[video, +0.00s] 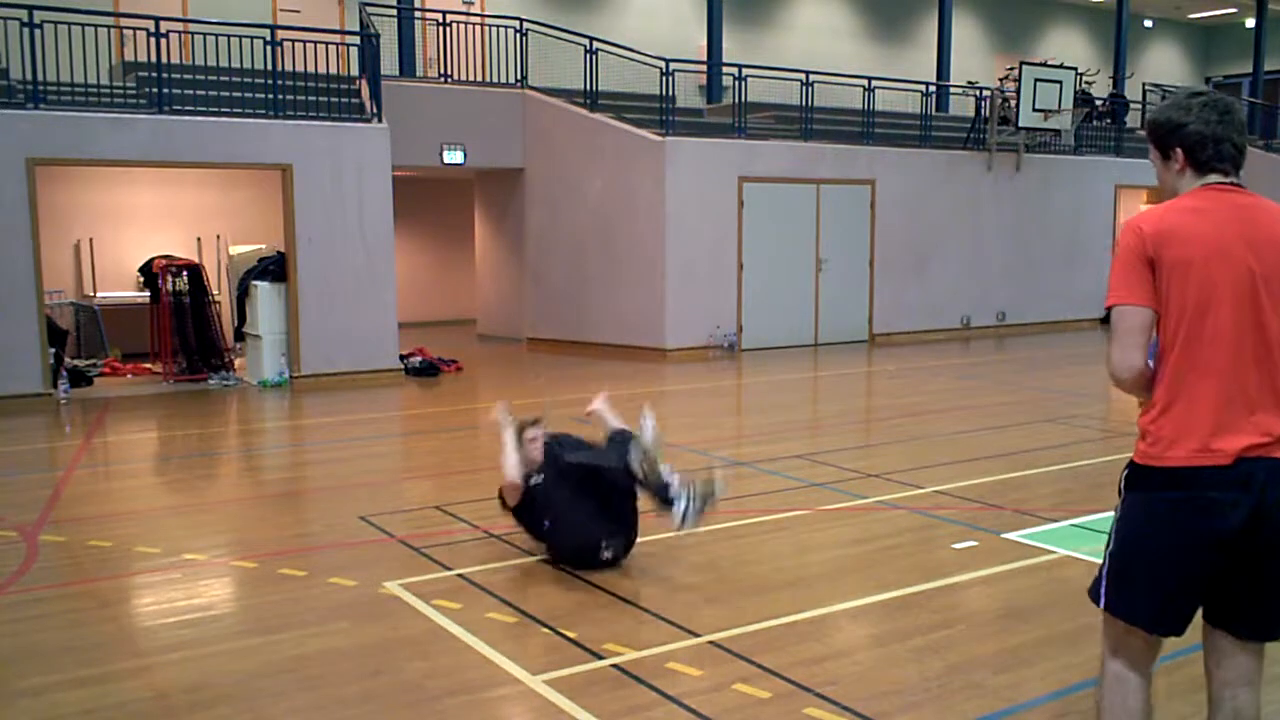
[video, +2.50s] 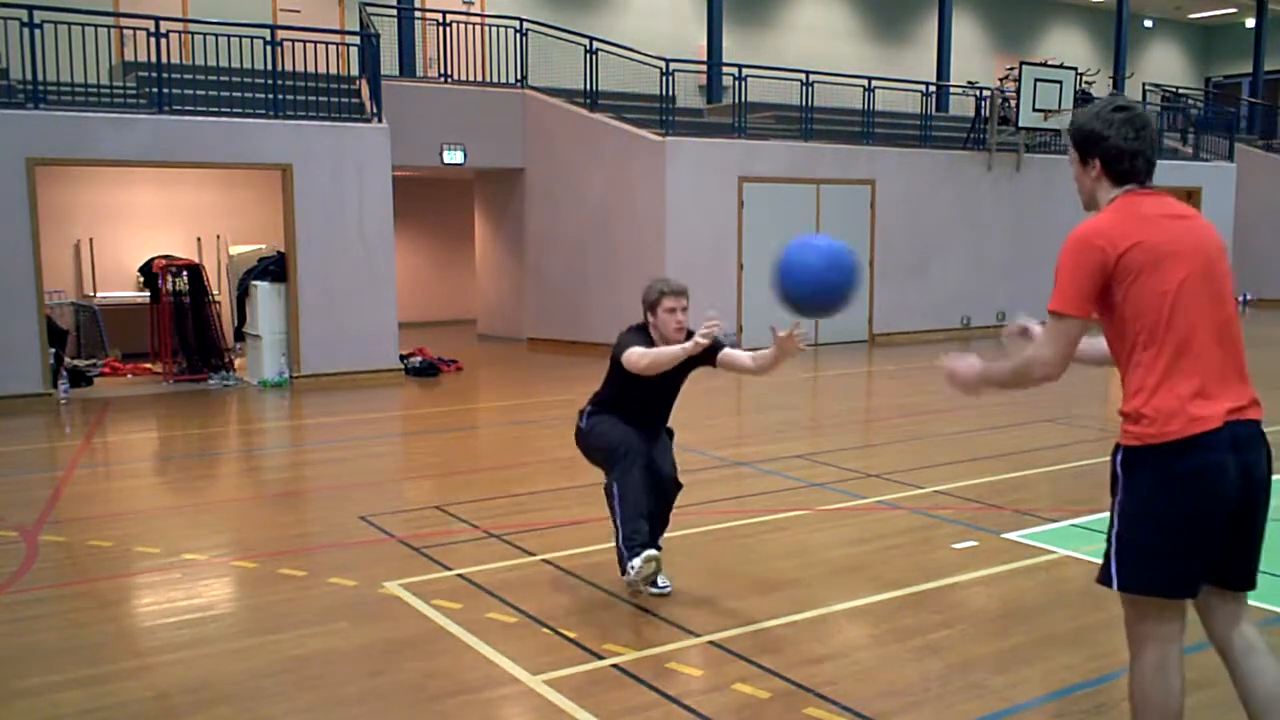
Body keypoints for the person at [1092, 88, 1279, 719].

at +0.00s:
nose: (1154, 170)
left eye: (1155, 157)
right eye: (1154, 157)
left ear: (1174, 157)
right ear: (1235, 154)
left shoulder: (1150, 229)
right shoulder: (1274, 220)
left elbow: (1127, 367)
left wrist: (1170, 384)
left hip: (1175, 478)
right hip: (1267, 479)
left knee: (1127, 659)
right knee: (1239, 666)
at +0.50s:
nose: (1146, 170)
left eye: (1146, 154)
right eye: (1145, 155)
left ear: (1169, 150)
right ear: (1223, 147)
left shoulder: (1169, 221)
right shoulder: (1270, 213)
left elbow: (1175, 359)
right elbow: (1256, 343)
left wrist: (1126, 416)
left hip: (1208, 477)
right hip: (1269, 470)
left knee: (1196, 669)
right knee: (1229, 656)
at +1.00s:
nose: (1177, 167)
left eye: (1177, 151)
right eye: (1175, 152)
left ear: (1205, 148)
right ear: (1256, 148)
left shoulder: (1206, 223)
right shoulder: (1276, 206)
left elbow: (1214, 356)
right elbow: (1249, 350)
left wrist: (1145, 411)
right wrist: (1179, 405)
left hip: (1233, 469)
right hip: (1277, 465)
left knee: (1190, 656)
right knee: (1274, 633)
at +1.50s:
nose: (1160, 190)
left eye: (1162, 175)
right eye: (1158, 176)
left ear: (1190, 169)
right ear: (1227, 163)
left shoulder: (1205, 233)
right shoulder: (1273, 212)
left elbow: (1230, 360)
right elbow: (1259, 347)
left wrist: (1171, 428)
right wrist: (1196, 409)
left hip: (1250, 464)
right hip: (1279, 458)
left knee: (1191, 639)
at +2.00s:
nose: (1068, 223)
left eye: (1067, 209)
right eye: (1066, 209)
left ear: (1089, 207)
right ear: (1139, 200)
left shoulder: (1101, 270)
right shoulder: (1203, 245)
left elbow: (1111, 402)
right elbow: (1232, 369)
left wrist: (1099, 500)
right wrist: (1175, 471)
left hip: (1208, 463)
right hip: (1274, 447)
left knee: (1184, 646)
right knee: (1268, 625)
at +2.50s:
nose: (1072, 175)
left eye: (1073, 161)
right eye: (1072, 161)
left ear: (1092, 164)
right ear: (1143, 160)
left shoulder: (1096, 236)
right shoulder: (1198, 226)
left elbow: (1045, 361)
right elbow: (1148, 343)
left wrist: (980, 373)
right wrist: (1054, 343)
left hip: (1166, 457)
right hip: (1243, 448)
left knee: (1156, 634)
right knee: (1230, 616)